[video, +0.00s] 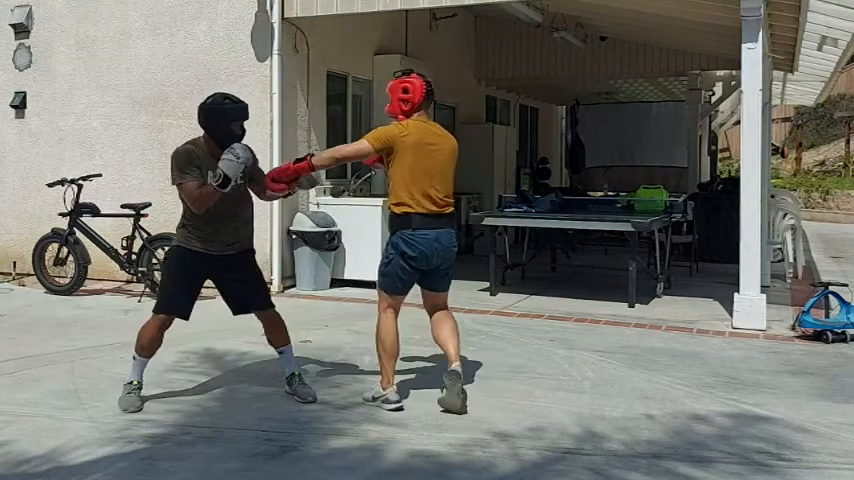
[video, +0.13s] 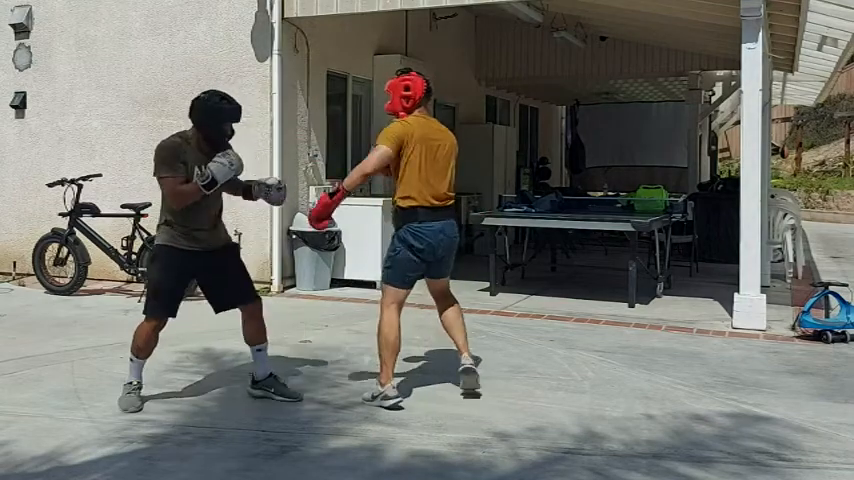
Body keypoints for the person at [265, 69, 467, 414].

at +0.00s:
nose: (388, 107)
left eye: (391, 101)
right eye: (389, 101)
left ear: (402, 102)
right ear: (427, 103)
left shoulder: (394, 133)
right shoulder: (449, 139)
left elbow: (341, 154)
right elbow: (423, 166)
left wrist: (301, 166)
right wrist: (386, 161)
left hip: (409, 236)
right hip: (445, 235)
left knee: (388, 308)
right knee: (438, 305)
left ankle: (388, 388)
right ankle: (455, 366)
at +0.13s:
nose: (389, 104)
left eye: (391, 98)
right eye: (389, 98)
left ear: (401, 99)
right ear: (425, 99)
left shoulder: (399, 129)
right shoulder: (448, 135)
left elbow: (369, 167)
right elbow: (431, 178)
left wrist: (334, 197)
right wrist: (393, 168)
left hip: (414, 228)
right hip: (447, 226)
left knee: (391, 304)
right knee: (443, 293)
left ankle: (386, 384)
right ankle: (466, 358)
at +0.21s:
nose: (391, 106)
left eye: (393, 99)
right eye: (391, 99)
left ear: (406, 99)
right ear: (425, 100)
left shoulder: (404, 128)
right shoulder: (448, 134)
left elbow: (390, 175)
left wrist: (362, 211)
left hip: (419, 228)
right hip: (450, 225)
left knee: (392, 302)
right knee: (448, 295)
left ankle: (387, 383)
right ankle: (475, 360)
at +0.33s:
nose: (396, 115)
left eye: (400, 111)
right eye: (398, 110)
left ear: (413, 114)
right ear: (424, 114)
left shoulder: (422, 143)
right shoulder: (446, 142)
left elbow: (434, 191)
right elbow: (447, 189)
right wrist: (410, 187)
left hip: (430, 237)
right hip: (454, 235)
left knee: (390, 304)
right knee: (458, 301)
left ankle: (392, 383)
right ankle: (493, 361)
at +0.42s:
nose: (401, 126)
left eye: (405, 120)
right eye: (402, 120)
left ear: (421, 123)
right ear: (427, 123)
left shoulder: (431, 153)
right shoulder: (444, 149)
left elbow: (451, 198)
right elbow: (443, 196)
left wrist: (434, 242)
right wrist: (413, 197)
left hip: (440, 241)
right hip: (458, 239)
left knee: (390, 304)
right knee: (457, 303)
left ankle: (398, 380)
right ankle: (494, 363)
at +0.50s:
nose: (405, 123)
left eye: (409, 118)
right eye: (405, 118)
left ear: (425, 119)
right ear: (427, 119)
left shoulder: (440, 147)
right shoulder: (438, 146)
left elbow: (465, 194)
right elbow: (445, 197)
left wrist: (443, 233)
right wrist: (412, 191)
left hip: (441, 236)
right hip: (457, 236)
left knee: (391, 297)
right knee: (456, 301)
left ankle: (396, 373)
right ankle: (494, 362)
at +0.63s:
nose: (403, 113)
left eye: (407, 106)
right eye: (403, 107)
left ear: (425, 106)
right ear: (424, 107)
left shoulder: (442, 133)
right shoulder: (434, 135)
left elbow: (463, 180)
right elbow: (426, 181)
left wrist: (421, 192)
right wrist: (396, 161)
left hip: (437, 229)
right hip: (447, 227)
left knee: (392, 288)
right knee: (459, 295)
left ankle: (386, 368)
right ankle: (492, 358)